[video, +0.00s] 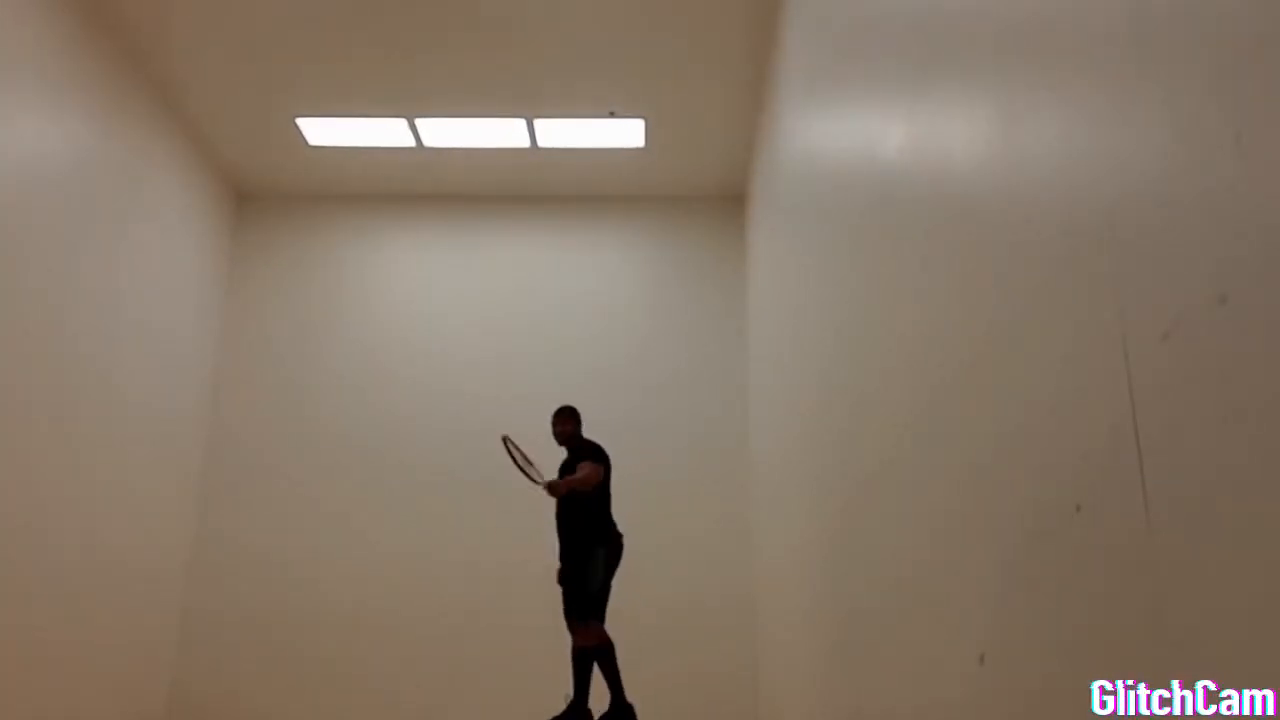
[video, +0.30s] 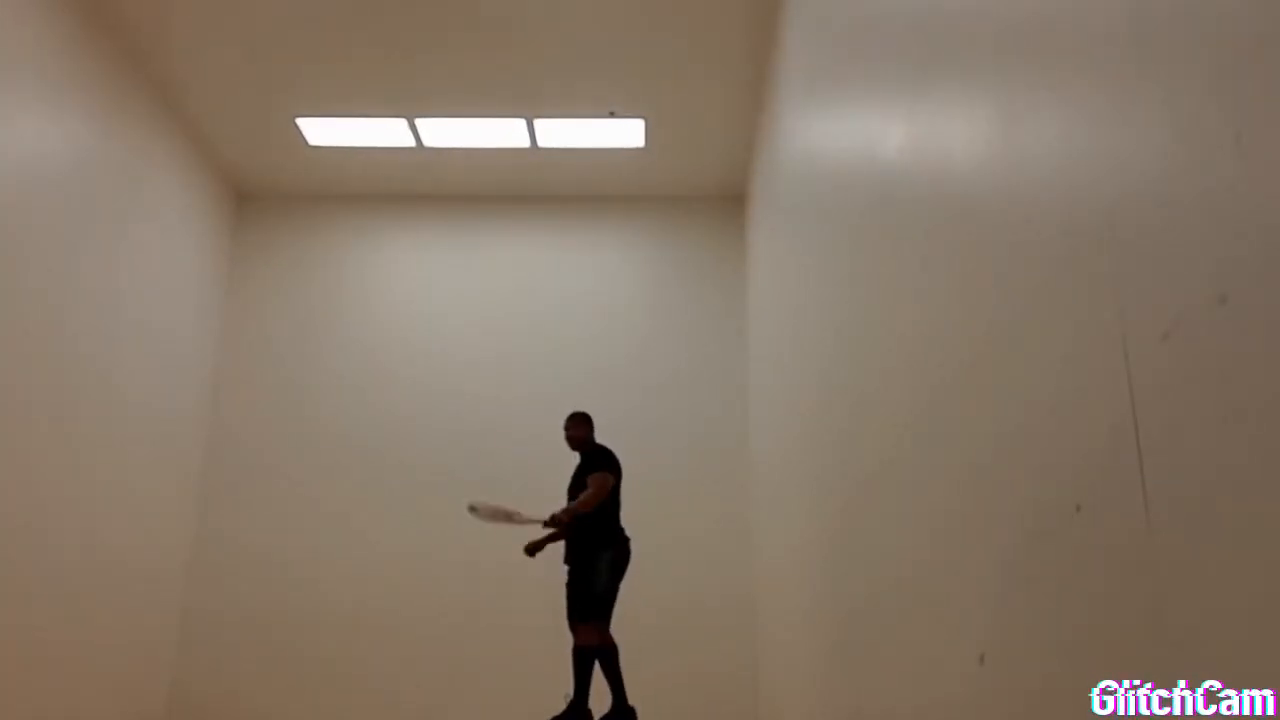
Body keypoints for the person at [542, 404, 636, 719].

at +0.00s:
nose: (561, 431)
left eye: (566, 425)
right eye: (556, 426)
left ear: (578, 425)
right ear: (553, 430)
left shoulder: (592, 453)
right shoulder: (565, 467)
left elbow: (590, 477)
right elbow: (569, 521)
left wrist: (564, 485)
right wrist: (565, 563)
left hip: (600, 546)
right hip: (577, 550)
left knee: (591, 624)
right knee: (578, 625)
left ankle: (620, 702)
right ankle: (579, 704)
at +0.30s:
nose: (569, 435)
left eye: (575, 430)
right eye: (567, 431)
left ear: (589, 431)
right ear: (567, 434)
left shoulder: (601, 458)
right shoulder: (582, 469)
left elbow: (599, 493)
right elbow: (579, 522)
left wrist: (568, 511)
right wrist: (543, 541)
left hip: (602, 553)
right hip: (588, 555)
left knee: (587, 627)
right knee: (593, 628)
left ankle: (579, 705)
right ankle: (621, 705)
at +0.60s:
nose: (576, 441)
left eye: (581, 435)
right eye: (576, 436)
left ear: (598, 434)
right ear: (591, 437)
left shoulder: (609, 465)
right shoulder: (598, 467)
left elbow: (608, 514)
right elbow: (585, 516)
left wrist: (600, 550)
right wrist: (547, 518)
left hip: (603, 557)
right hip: (606, 558)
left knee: (584, 627)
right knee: (603, 629)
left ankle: (579, 705)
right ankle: (623, 706)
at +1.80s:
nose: (558, 432)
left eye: (564, 427)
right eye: (557, 427)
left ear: (579, 428)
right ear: (561, 430)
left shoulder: (587, 456)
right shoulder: (576, 459)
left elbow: (587, 502)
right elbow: (576, 507)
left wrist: (559, 538)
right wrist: (559, 545)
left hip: (587, 549)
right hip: (582, 549)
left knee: (571, 624)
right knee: (585, 624)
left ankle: (575, 705)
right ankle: (618, 702)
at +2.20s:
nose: (557, 424)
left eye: (564, 420)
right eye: (557, 419)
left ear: (579, 423)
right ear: (561, 424)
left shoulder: (583, 455)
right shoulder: (571, 456)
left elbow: (571, 499)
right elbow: (566, 503)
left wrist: (533, 519)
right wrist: (534, 519)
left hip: (579, 552)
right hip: (568, 552)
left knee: (564, 621)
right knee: (547, 618)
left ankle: (580, 698)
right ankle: (580, 694)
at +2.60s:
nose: (555, 422)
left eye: (562, 417)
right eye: (553, 417)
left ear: (576, 423)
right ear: (551, 423)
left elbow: (584, 504)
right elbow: (549, 509)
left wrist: (536, 525)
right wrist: (529, 535)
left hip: (577, 548)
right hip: (551, 550)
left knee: (568, 621)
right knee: (541, 621)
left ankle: (578, 704)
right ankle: (545, 703)